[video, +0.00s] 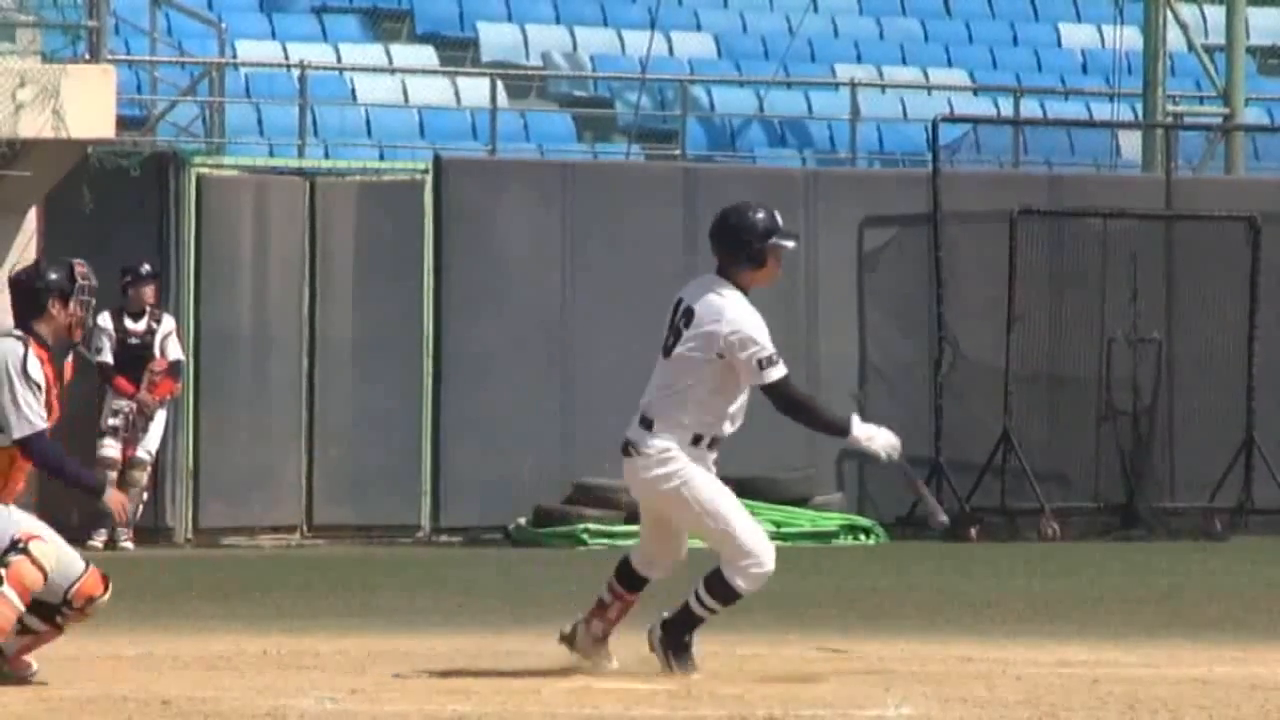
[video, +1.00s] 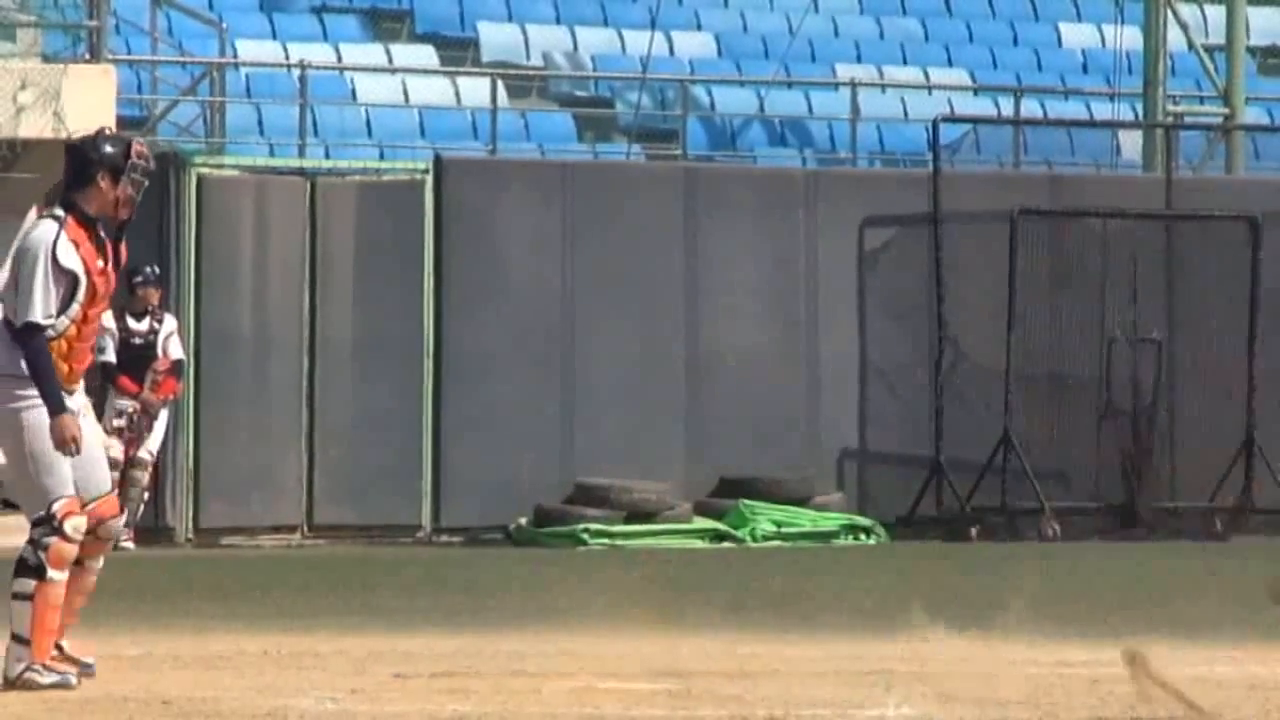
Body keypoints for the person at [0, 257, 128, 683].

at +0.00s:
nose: (80, 312)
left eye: (80, 302)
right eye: (74, 302)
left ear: (50, 307)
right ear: (52, 307)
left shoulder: (45, 356)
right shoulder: (14, 354)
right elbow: (35, 444)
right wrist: (101, 489)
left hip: (8, 509)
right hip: (3, 509)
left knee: (84, 586)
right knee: (25, 566)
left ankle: (9, 653)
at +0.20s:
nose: (97, 274)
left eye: (101, 264)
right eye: (95, 261)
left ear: (72, 256)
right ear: (70, 253)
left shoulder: (47, 299)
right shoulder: (29, 295)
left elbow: (21, 382)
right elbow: (18, 382)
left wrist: (37, 461)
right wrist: (45, 460)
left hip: (10, 451)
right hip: (3, 451)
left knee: (59, 547)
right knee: (39, 548)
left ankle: (4, 648)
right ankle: (2, 648)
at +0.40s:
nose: (110, 245)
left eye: (114, 235)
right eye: (107, 233)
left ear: (91, 230)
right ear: (82, 226)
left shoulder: (62, 277)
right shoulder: (34, 266)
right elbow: (8, 347)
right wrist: (17, 422)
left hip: (13, 425)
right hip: (3, 425)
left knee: (46, 516)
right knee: (48, 512)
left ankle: (18, 648)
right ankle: (17, 648)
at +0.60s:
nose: (115, 218)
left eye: (116, 208)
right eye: (110, 207)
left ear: (84, 208)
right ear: (84, 209)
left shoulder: (63, 261)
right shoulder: (35, 253)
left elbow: (46, 357)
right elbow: (1, 336)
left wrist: (81, 423)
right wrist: (12, 408)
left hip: (16, 416)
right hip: (4, 416)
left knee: (20, 536)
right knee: (60, 518)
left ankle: (14, 649)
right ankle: (36, 656)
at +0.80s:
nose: (122, 202)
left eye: (124, 193)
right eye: (116, 191)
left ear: (95, 193)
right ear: (89, 191)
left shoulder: (77, 249)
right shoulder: (38, 246)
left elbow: (71, 347)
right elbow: (14, 338)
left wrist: (110, 399)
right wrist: (22, 416)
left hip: (46, 401)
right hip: (22, 403)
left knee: (45, 525)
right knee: (67, 525)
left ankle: (20, 649)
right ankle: (31, 658)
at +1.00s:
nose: (130, 194)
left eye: (131, 184)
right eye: (124, 183)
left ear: (104, 183)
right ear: (98, 182)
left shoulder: (94, 240)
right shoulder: (47, 239)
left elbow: (83, 331)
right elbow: (29, 330)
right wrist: (58, 409)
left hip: (68, 391)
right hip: (26, 392)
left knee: (101, 517)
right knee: (59, 520)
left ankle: (54, 638)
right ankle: (25, 655)